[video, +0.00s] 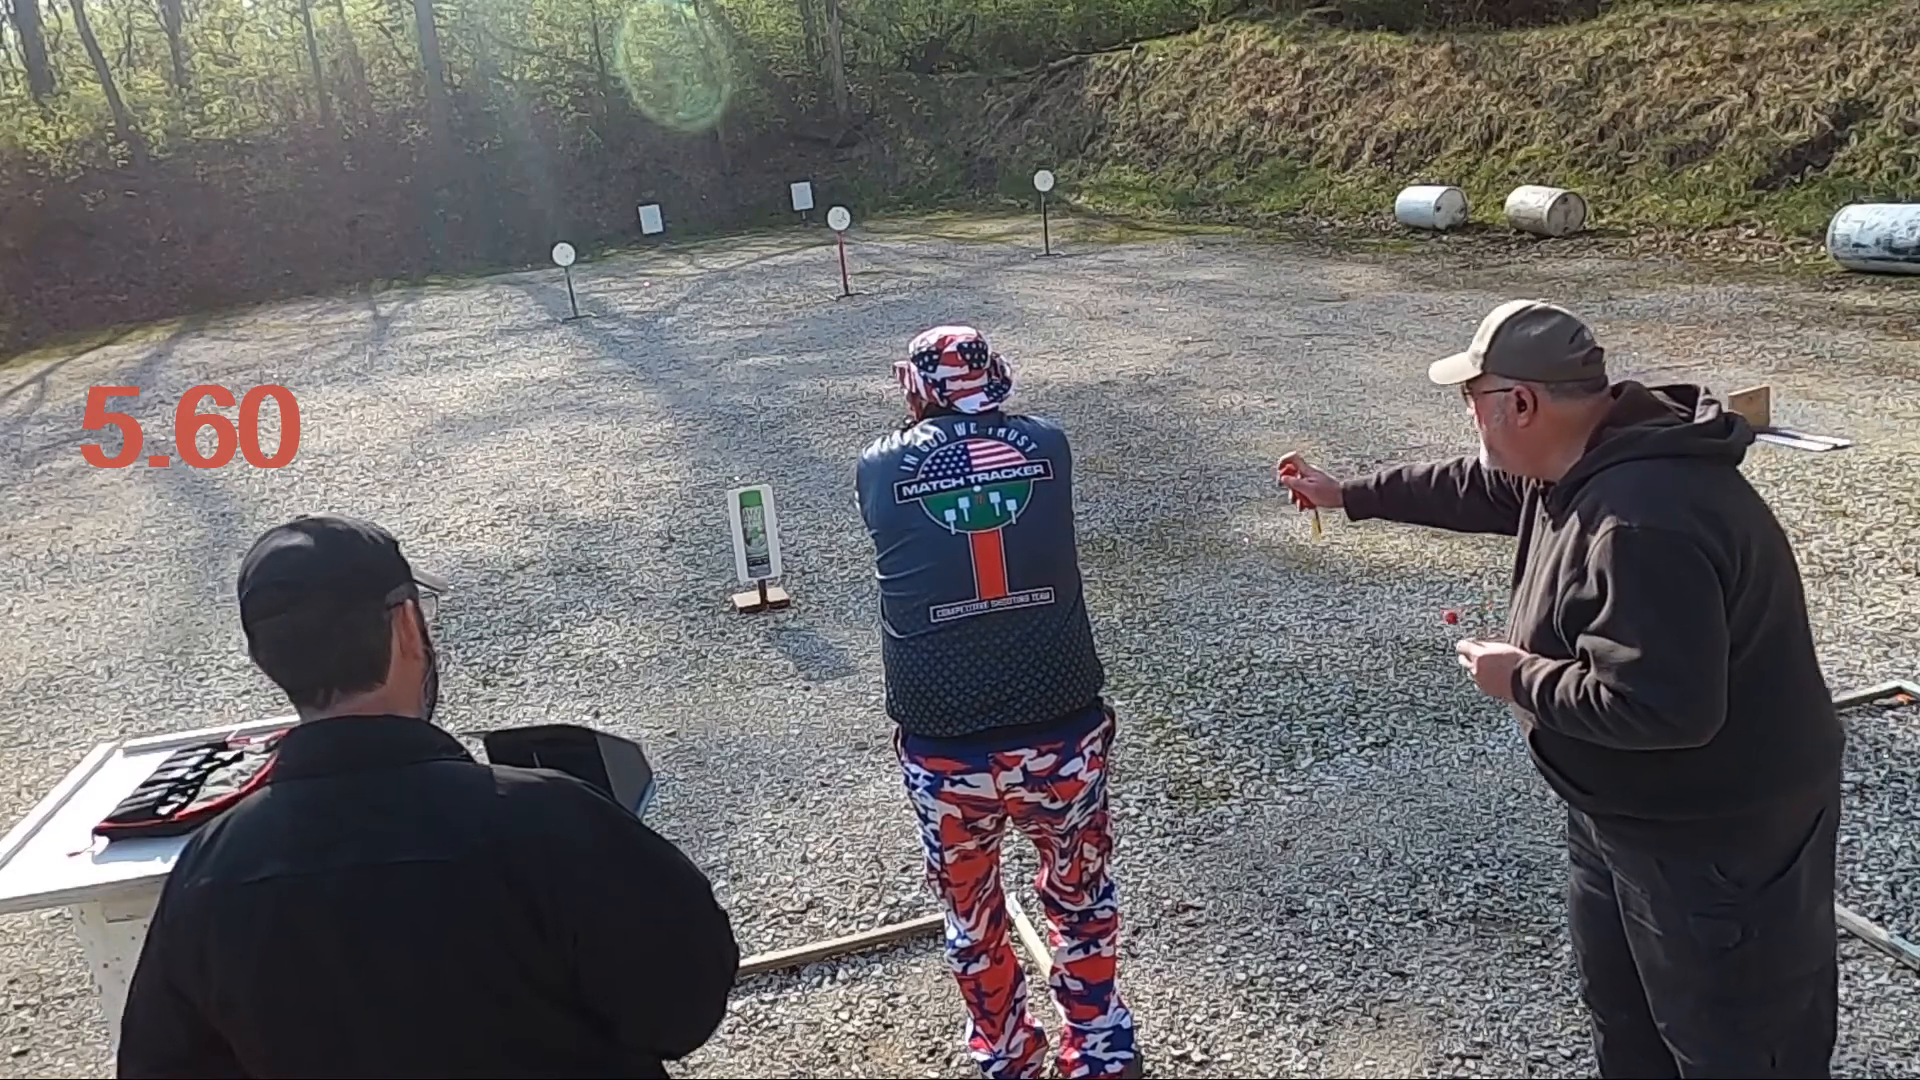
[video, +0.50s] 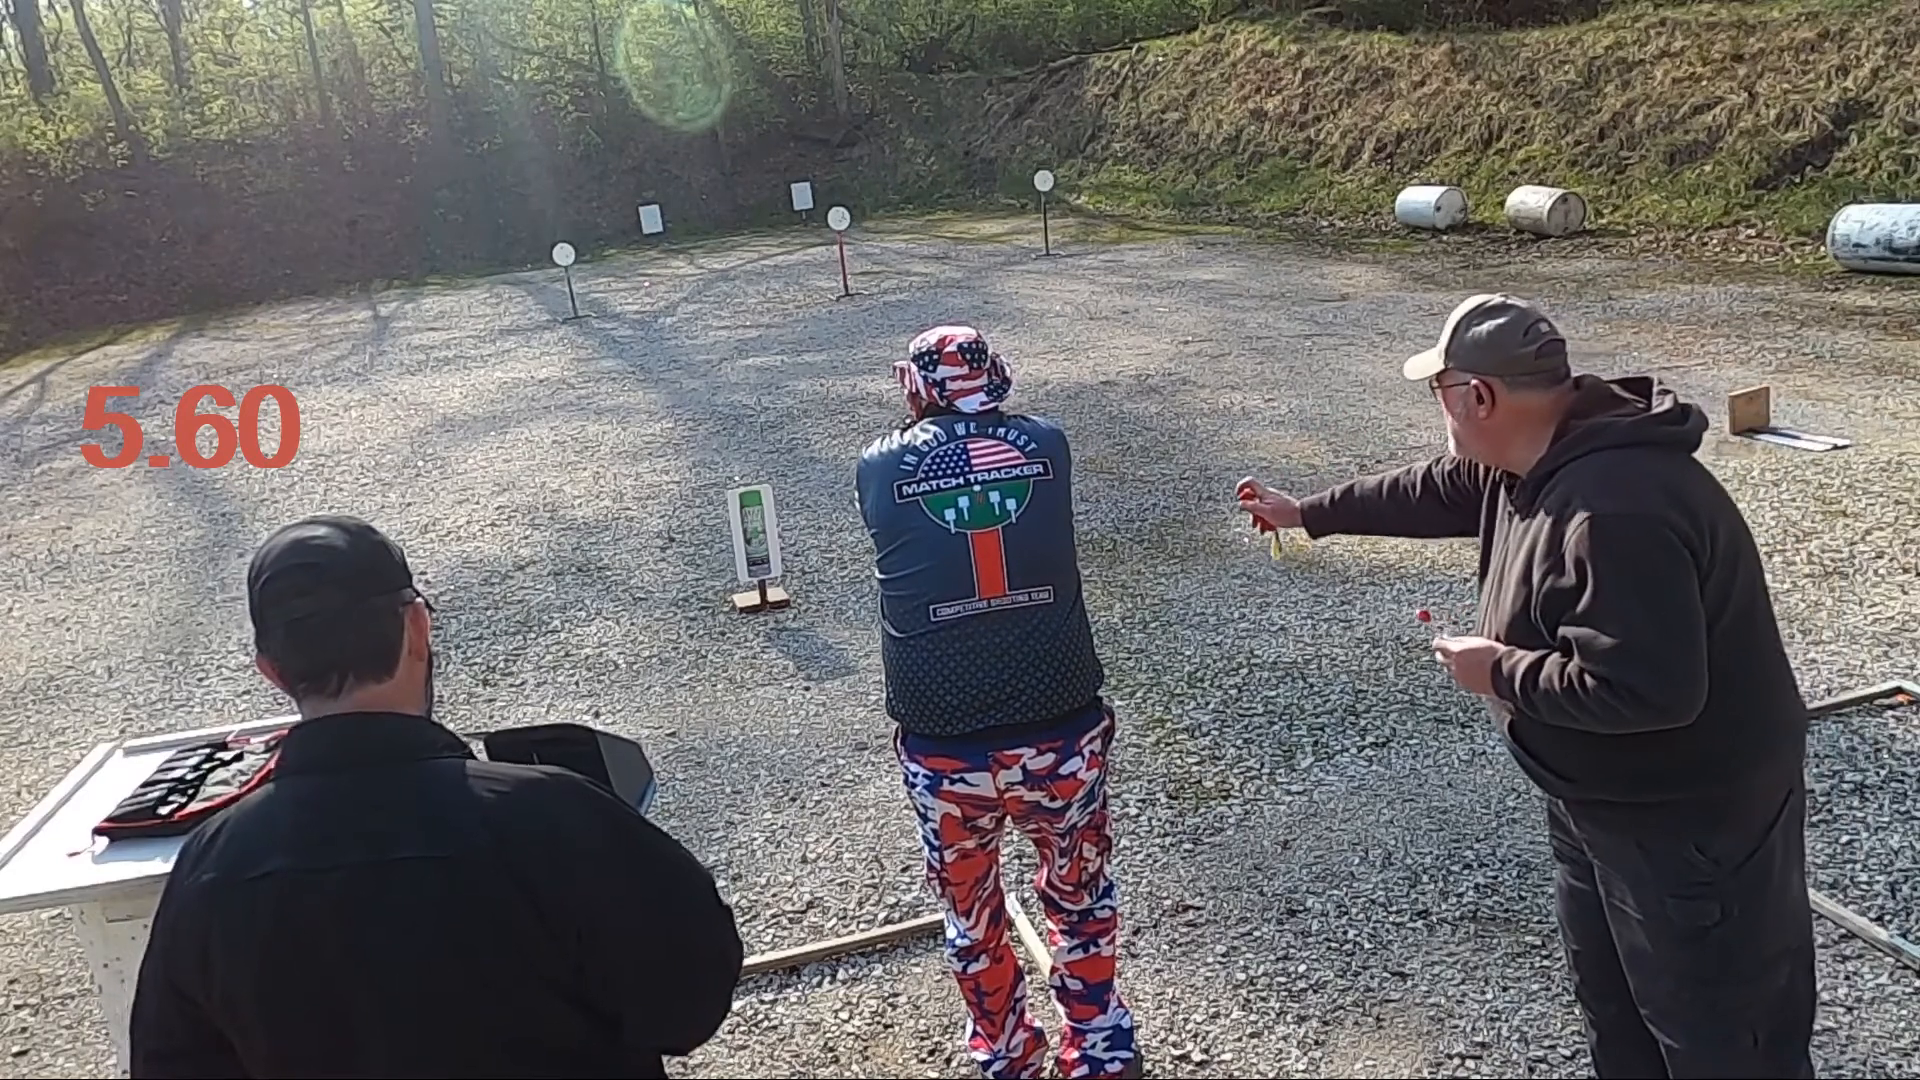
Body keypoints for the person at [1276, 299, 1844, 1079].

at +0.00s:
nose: (1472, 417)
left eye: (1475, 398)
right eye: (1469, 399)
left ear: (1521, 405)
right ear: (1531, 400)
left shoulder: (1640, 523)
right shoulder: (1569, 468)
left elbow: (1669, 708)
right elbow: (1469, 487)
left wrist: (1520, 678)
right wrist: (1344, 493)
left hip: (1714, 842)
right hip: (1620, 816)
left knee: (1736, 1055)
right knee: (1630, 1032)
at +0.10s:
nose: (1465, 421)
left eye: (1467, 402)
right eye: (1463, 402)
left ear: (1509, 408)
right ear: (1522, 400)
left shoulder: (1631, 525)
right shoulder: (1561, 467)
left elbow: (1660, 709)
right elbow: (1467, 489)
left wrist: (1513, 678)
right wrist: (1339, 498)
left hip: (1707, 836)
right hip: (1613, 811)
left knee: (1731, 1050)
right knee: (1625, 1025)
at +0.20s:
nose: (1460, 422)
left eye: (1460, 402)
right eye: (1457, 402)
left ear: (1498, 407)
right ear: (1516, 398)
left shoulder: (1624, 522)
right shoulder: (1552, 466)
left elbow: (1654, 705)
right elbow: (1457, 490)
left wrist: (1508, 675)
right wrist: (1334, 504)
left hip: (1700, 833)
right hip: (1610, 808)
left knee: (1726, 1049)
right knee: (1622, 1023)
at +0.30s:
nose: (1455, 410)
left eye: (1455, 394)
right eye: (1453, 393)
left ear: (1492, 402)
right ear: (1512, 394)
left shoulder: (1620, 518)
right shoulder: (1542, 462)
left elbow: (1654, 698)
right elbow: (1450, 490)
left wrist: (1504, 671)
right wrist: (1324, 505)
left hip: (1694, 827)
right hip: (1607, 805)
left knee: (1725, 1048)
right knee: (1622, 1023)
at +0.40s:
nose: (1449, 412)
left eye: (1449, 394)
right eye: (1447, 394)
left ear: (1485, 399)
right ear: (1513, 388)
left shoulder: (1614, 515)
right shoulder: (1535, 459)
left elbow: (1655, 693)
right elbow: (1445, 491)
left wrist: (1502, 668)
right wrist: (1315, 507)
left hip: (1690, 820)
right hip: (1603, 798)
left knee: (1722, 1044)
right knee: (1620, 1016)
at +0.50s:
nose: (1443, 416)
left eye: (1443, 396)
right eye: (1441, 397)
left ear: (1481, 398)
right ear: (1502, 390)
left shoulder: (1612, 513)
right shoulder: (1527, 462)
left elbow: (1653, 692)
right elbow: (1435, 492)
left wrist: (1501, 671)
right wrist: (1305, 511)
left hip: (1689, 821)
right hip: (1599, 798)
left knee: (1721, 1043)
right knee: (1620, 1019)